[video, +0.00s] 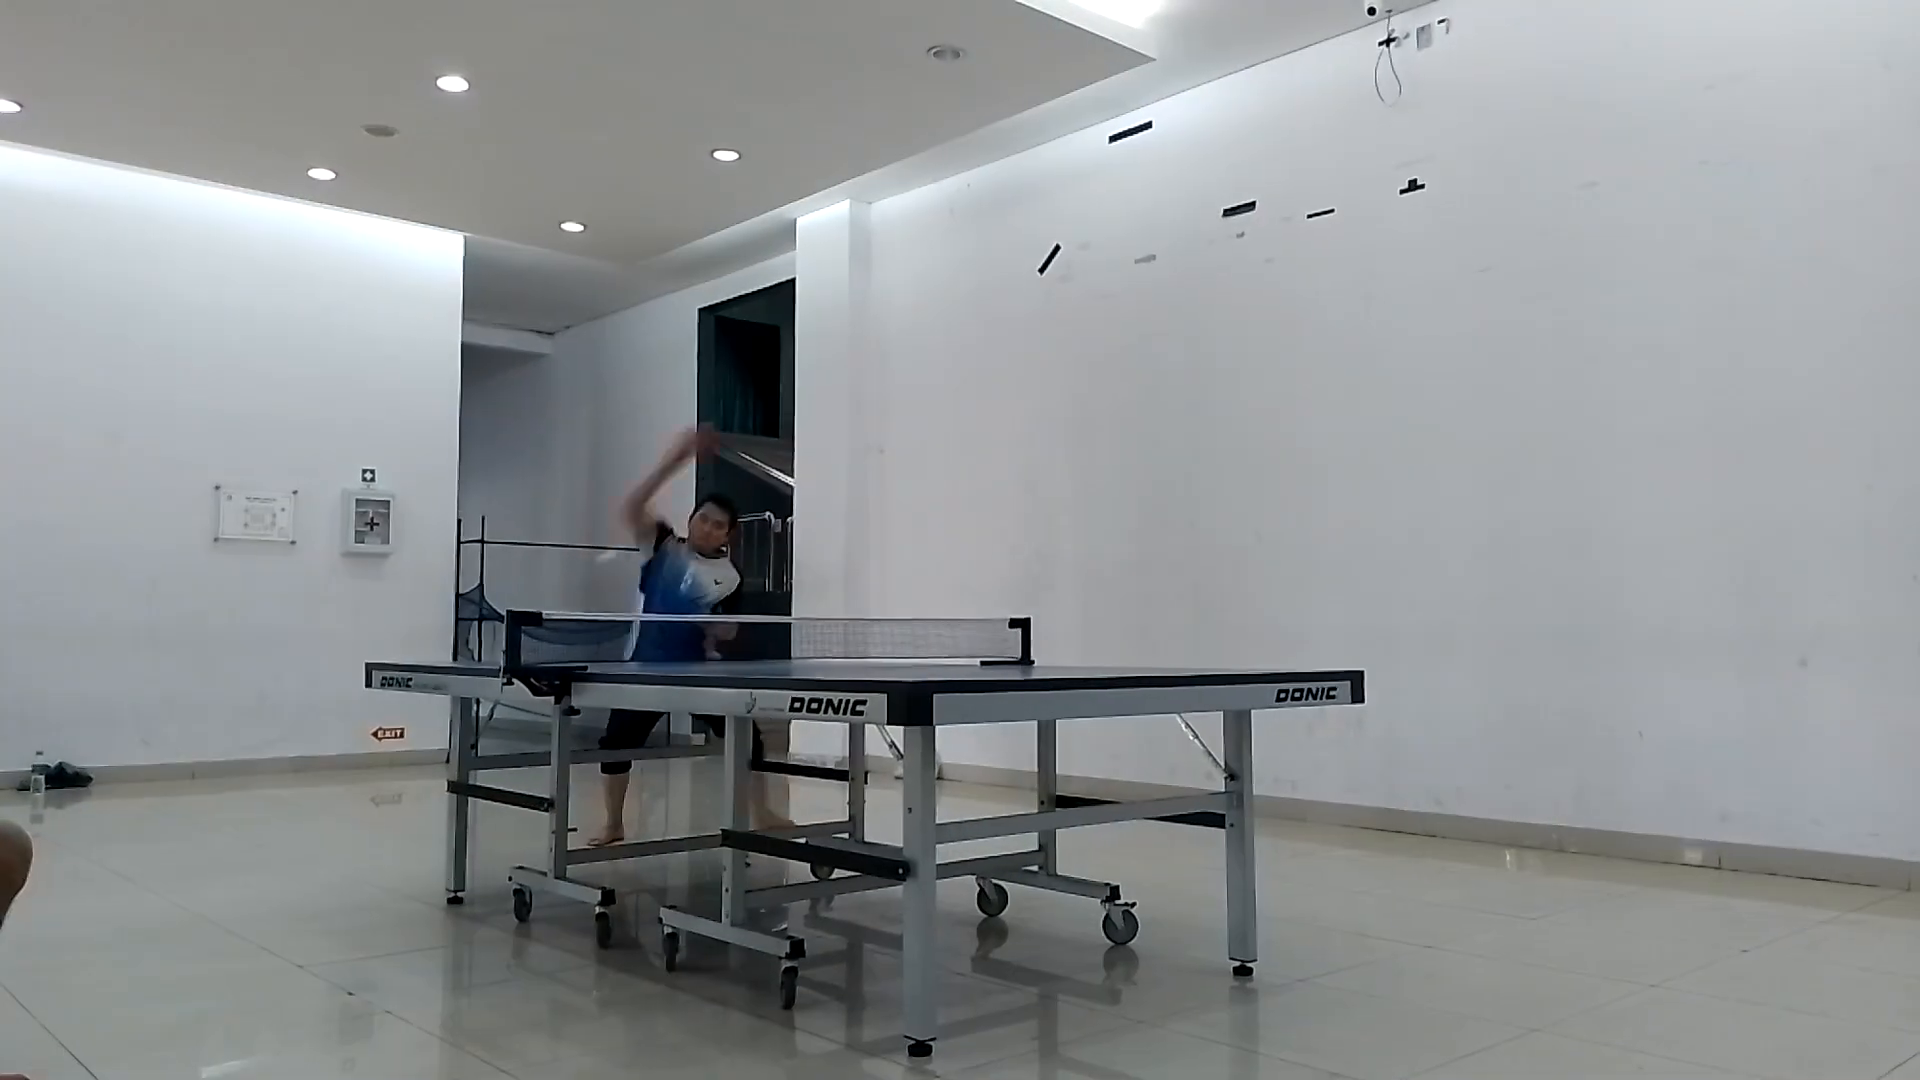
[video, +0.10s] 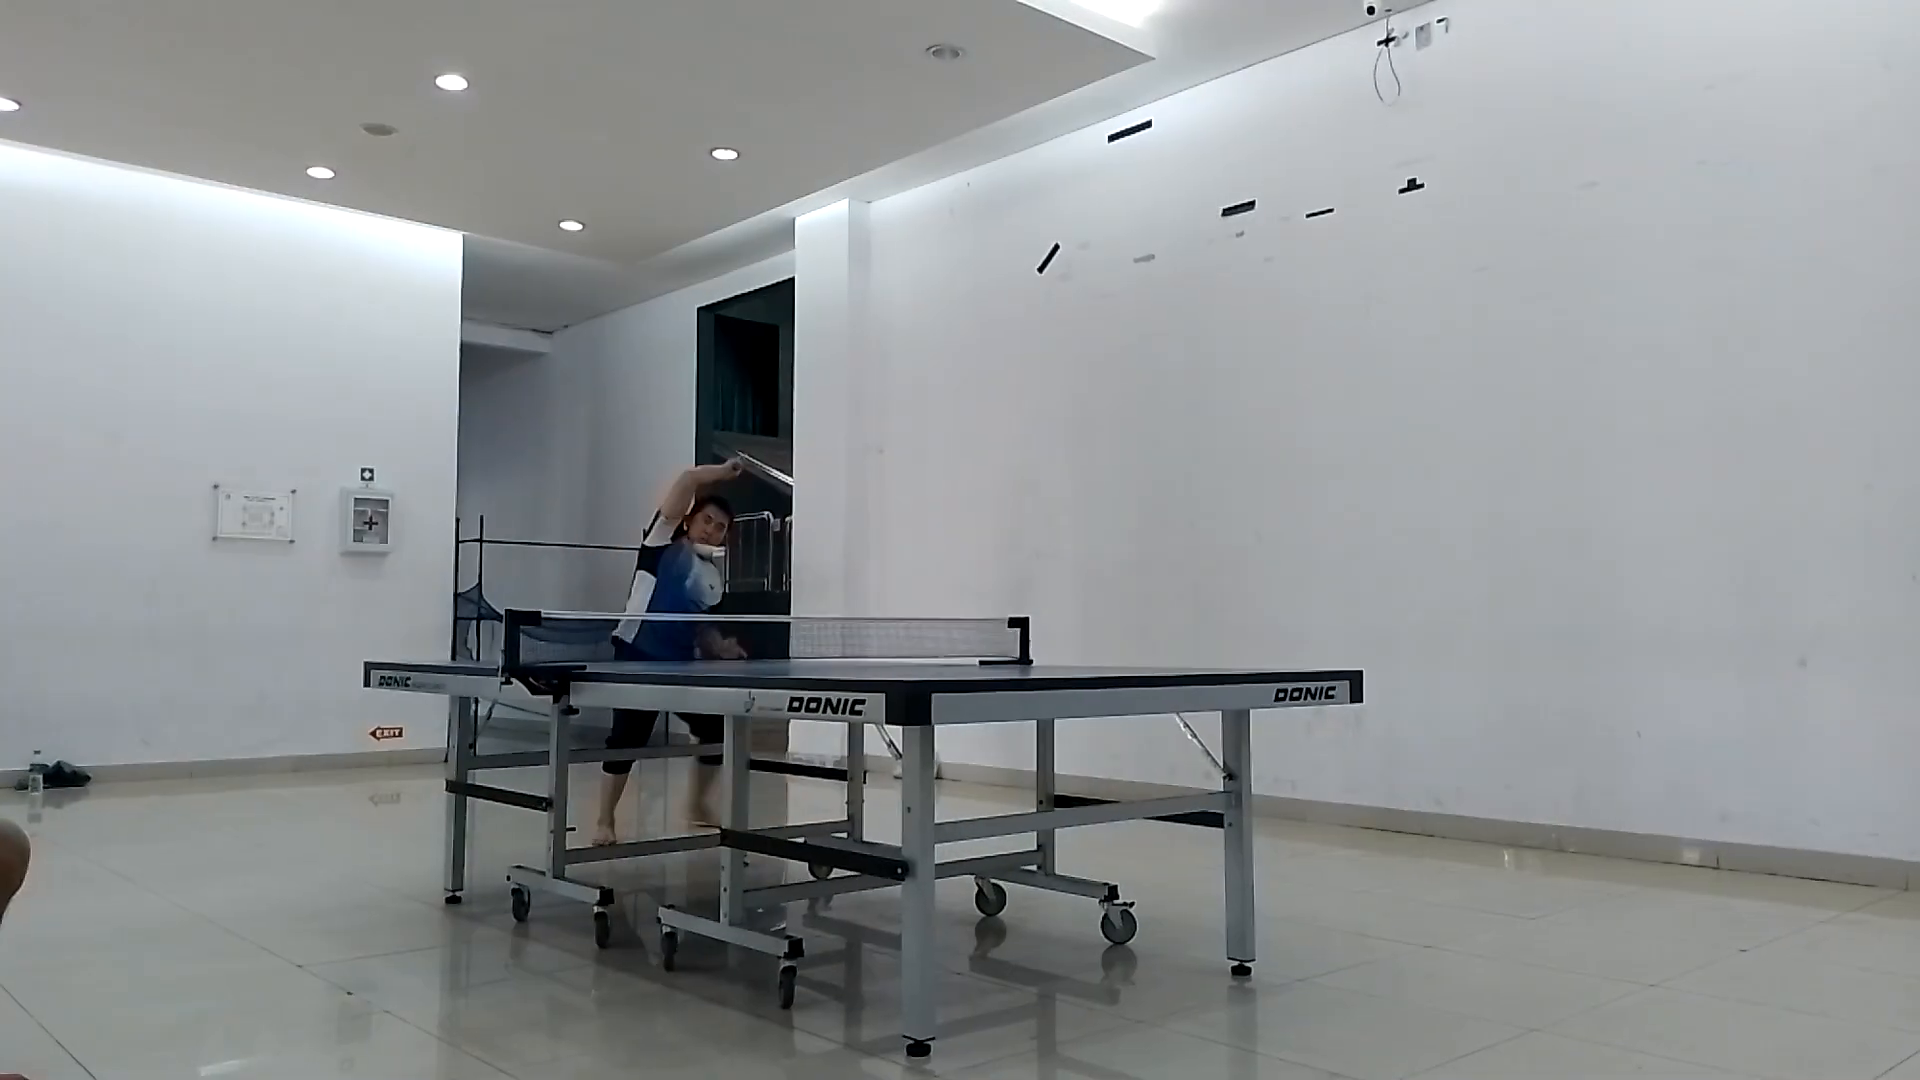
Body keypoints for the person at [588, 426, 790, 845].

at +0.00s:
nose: (707, 526)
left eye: (717, 524)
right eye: (704, 518)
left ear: (727, 536)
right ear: (692, 519)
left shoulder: (726, 577)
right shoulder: (662, 546)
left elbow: (727, 635)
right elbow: (633, 510)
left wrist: (718, 629)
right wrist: (673, 462)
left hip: (699, 672)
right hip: (648, 667)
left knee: (748, 738)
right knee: (616, 743)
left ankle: (761, 813)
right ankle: (613, 826)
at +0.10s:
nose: (712, 530)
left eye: (720, 527)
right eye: (708, 520)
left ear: (723, 537)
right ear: (690, 517)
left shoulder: (707, 570)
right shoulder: (661, 545)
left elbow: (699, 620)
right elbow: (686, 478)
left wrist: (719, 646)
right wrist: (724, 471)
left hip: (680, 664)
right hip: (638, 658)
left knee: (715, 730)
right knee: (627, 738)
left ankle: (698, 806)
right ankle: (605, 823)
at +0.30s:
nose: (712, 544)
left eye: (718, 541)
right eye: (707, 535)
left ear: (718, 548)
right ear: (687, 532)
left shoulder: (694, 586)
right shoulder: (662, 561)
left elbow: (680, 640)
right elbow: (678, 515)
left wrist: (705, 653)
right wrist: (719, 483)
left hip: (672, 674)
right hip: (634, 670)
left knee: (705, 744)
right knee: (639, 742)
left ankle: (668, 808)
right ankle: (602, 825)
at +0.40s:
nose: (706, 533)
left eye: (712, 529)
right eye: (700, 525)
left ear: (714, 539)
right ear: (680, 526)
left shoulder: (698, 582)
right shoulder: (655, 555)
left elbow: (694, 633)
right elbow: (643, 548)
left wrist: (706, 647)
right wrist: (689, 509)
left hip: (673, 667)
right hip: (633, 661)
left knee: (702, 741)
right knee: (627, 735)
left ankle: (668, 806)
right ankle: (592, 814)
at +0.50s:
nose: (696, 523)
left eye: (703, 518)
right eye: (689, 514)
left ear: (707, 529)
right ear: (670, 518)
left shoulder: (698, 571)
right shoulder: (645, 547)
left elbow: (700, 637)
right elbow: (605, 575)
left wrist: (709, 633)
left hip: (676, 666)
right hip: (633, 662)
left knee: (698, 740)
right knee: (617, 732)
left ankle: (668, 808)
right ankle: (576, 802)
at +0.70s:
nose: (662, 506)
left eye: (669, 500)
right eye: (654, 498)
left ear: (675, 509)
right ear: (635, 504)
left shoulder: (687, 560)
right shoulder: (608, 545)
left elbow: (709, 608)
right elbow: (575, 595)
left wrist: (694, 621)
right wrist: (594, 593)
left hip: (662, 671)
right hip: (609, 667)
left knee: (689, 733)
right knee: (580, 736)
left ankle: (667, 797)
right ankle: (561, 812)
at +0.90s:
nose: (652, 491)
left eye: (659, 484)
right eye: (644, 483)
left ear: (667, 493)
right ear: (626, 490)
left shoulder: (681, 543)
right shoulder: (601, 533)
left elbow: (702, 595)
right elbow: (575, 583)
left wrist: (678, 612)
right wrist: (594, 601)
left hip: (662, 655)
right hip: (610, 653)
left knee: (702, 724)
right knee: (581, 733)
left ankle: (711, 801)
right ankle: (561, 809)